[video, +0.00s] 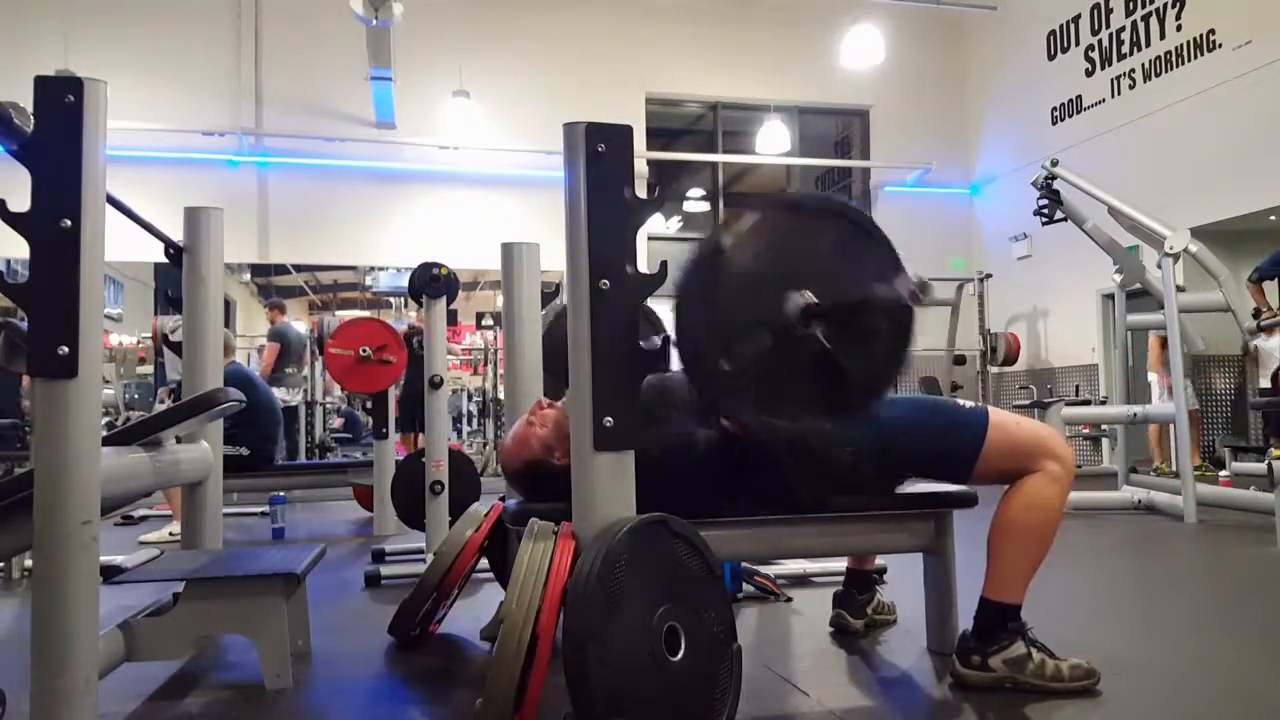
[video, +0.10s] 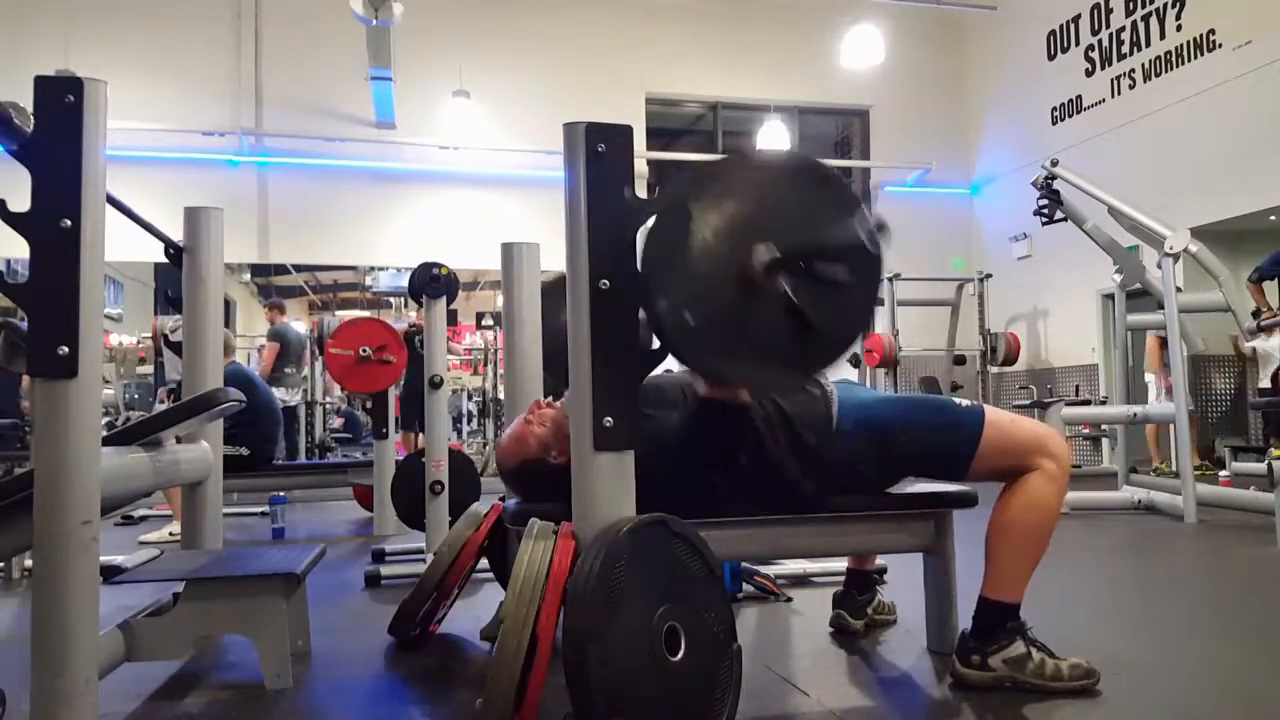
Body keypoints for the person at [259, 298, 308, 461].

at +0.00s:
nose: (267, 317)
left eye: (268, 313)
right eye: (266, 313)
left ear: (276, 312)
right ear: (281, 312)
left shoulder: (276, 331)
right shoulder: (299, 333)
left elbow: (268, 363)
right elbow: (306, 361)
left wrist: (259, 383)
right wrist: (296, 374)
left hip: (278, 383)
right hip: (296, 382)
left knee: (274, 424)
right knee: (291, 426)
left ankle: (275, 460)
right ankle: (293, 462)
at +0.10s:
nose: (266, 317)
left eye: (267, 313)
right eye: (266, 313)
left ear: (275, 312)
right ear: (280, 312)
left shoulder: (276, 331)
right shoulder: (298, 333)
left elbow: (268, 362)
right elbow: (305, 361)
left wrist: (259, 382)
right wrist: (296, 374)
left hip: (277, 382)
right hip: (295, 381)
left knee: (273, 423)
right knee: (291, 425)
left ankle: (274, 459)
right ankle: (292, 461)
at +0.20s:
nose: (263, 319)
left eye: (264, 314)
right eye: (263, 315)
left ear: (272, 313)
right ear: (277, 313)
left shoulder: (274, 331)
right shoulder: (295, 333)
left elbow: (267, 362)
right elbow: (300, 361)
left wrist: (258, 381)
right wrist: (295, 375)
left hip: (277, 382)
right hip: (294, 381)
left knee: (274, 423)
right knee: (290, 423)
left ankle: (273, 457)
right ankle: (292, 458)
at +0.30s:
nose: (260, 320)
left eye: (260, 316)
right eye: (259, 316)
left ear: (267, 314)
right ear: (275, 314)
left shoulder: (271, 331)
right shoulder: (293, 332)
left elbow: (266, 361)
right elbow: (299, 360)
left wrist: (258, 382)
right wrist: (292, 375)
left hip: (275, 383)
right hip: (293, 382)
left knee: (271, 422)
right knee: (290, 424)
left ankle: (271, 457)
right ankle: (290, 458)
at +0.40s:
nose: (256, 322)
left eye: (256, 318)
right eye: (255, 319)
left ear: (262, 316)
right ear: (272, 315)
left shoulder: (267, 332)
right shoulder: (289, 333)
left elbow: (264, 363)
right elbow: (296, 361)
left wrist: (256, 385)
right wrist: (289, 376)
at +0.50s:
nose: (252, 321)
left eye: (252, 318)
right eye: (251, 318)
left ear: (258, 316)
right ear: (267, 315)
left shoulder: (263, 333)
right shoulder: (284, 330)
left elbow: (260, 364)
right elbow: (292, 357)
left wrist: (257, 385)